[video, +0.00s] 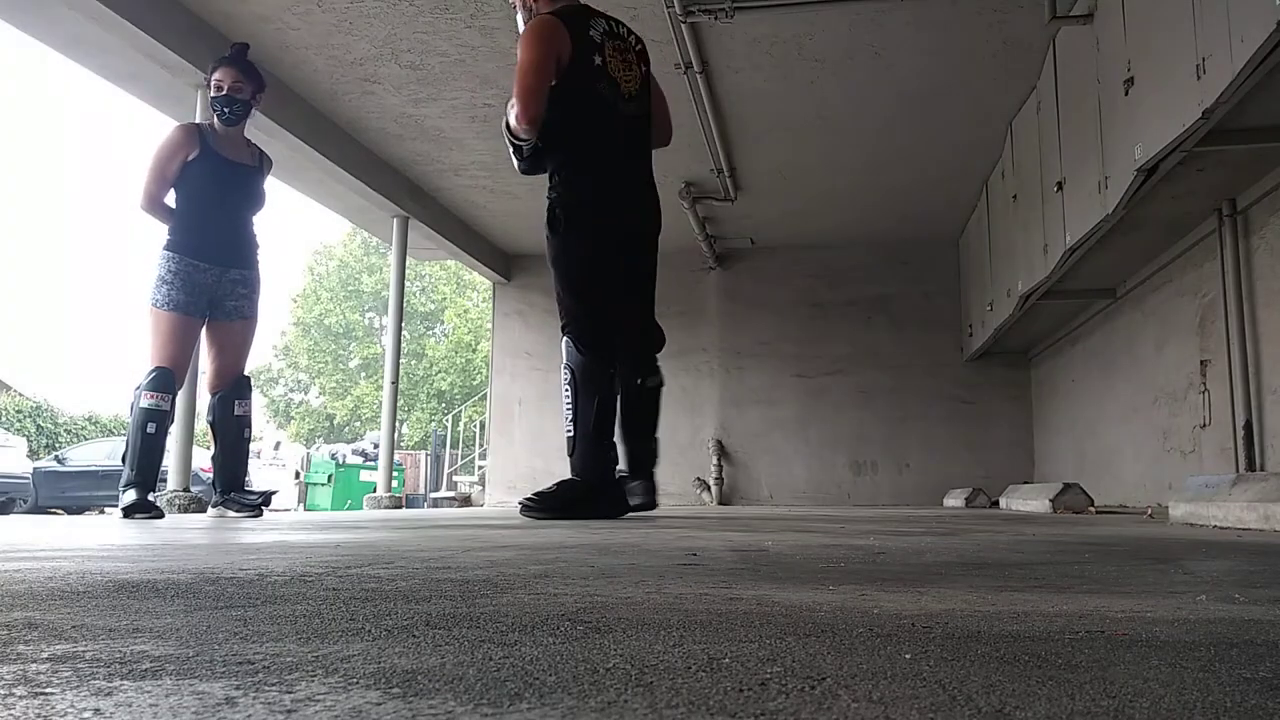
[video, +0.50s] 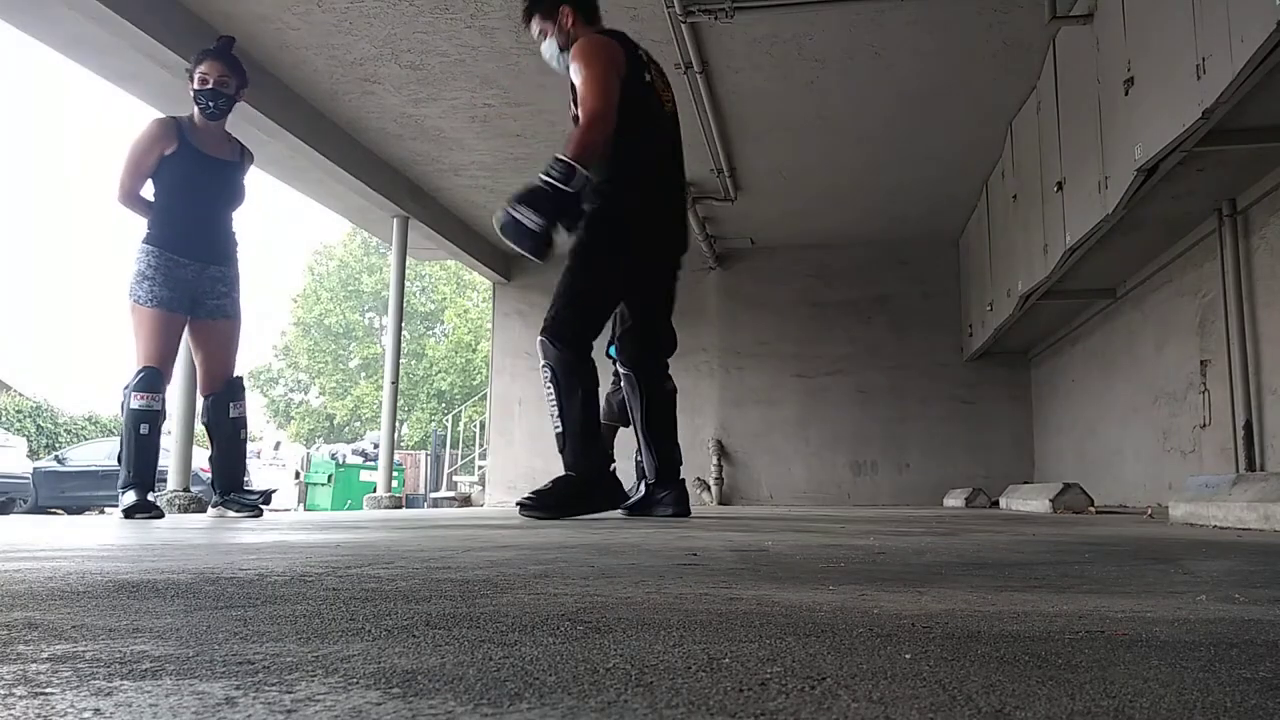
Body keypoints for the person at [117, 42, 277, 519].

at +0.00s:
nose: (226, 95)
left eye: (237, 89)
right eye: (218, 87)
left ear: (255, 98)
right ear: (208, 92)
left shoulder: (261, 160)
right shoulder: (186, 136)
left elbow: (247, 212)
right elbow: (151, 200)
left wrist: (239, 236)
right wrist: (191, 228)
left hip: (239, 274)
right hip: (185, 266)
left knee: (229, 384)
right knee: (165, 376)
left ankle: (229, 488)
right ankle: (137, 489)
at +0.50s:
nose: (212, 89)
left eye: (223, 82)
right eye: (204, 79)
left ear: (239, 92)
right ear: (190, 84)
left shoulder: (241, 154)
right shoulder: (165, 130)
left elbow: (228, 205)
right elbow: (127, 194)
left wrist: (200, 224)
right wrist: (167, 220)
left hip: (219, 271)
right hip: (164, 263)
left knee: (221, 381)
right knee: (152, 374)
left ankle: (228, 487)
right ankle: (137, 489)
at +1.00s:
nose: (188, 77)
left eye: (200, 70)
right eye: (180, 66)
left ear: (216, 79)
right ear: (166, 69)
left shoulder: (226, 141)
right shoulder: (137, 113)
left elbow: (204, 197)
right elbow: (90, 172)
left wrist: (188, 223)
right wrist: (128, 210)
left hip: (196, 258)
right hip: (135, 255)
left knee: (200, 366)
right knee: (139, 378)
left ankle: (205, 479)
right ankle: (137, 492)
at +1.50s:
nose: (172, 39)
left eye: (187, 33)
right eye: (166, 27)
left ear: (205, 45)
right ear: (153, 31)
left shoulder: (220, 105)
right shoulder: (119, 85)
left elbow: (241, 182)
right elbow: (81, 158)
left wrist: (255, 220)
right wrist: (44, 170)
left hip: (184, 237)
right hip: (118, 233)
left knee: (169, 361)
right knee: (103, 375)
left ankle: (151, 489)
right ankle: (138, 469)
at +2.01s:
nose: (108, 10)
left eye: (121, 4)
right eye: (100, 3)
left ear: (138, 9)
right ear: (83, 6)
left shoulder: (158, 67)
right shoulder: (47, 54)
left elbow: (195, 149)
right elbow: (14, 135)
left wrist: (160, 147)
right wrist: (34, 108)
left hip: (133, 216)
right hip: (59, 211)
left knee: (133, 354)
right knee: (17, 346)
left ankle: (146, 489)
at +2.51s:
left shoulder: (117, 32)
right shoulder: (9, 20)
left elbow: (152, 123)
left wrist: (128, 130)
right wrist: (6, 88)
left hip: (90, 196)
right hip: (14, 192)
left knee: (79, 341)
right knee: (6, 343)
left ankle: (62, 484)